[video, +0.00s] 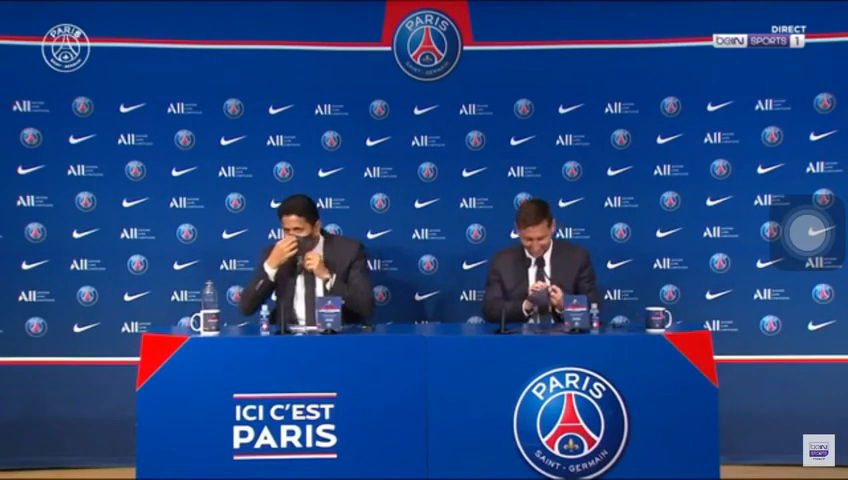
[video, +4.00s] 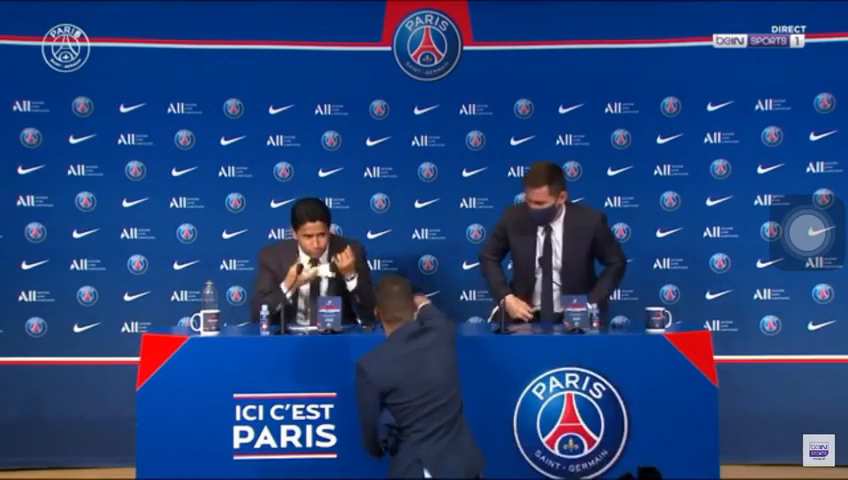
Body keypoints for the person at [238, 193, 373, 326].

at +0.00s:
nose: (292, 237)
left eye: (298, 230)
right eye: (287, 231)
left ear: (317, 226)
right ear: (282, 228)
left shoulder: (349, 251)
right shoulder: (276, 253)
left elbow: (365, 308)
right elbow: (247, 307)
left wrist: (327, 277)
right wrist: (271, 265)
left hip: (335, 343)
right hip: (288, 343)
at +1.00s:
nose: (310, 238)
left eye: (317, 231)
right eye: (302, 232)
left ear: (327, 227)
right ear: (293, 230)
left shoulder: (354, 254)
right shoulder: (275, 259)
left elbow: (368, 312)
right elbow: (263, 315)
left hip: (342, 346)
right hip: (291, 346)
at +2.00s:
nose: (319, 247)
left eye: (324, 239)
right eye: (312, 241)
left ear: (331, 234)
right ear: (295, 238)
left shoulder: (352, 259)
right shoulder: (272, 266)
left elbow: (377, 313)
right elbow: (251, 320)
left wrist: (362, 337)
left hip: (342, 349)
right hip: (291, 350)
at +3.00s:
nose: (314, 258)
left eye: (320, 251)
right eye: (307, 254)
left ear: (327, 241)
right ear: (290, 246)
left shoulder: (347, 259)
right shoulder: (268, 263)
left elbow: (374, 303)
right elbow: (238, 303)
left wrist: (366, 335)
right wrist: (252, 338)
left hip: (338, 347)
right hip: (286, 348)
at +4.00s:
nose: (316, 244)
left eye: (321, 235)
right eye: (307, 237)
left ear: (329, 230)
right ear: (295, 234)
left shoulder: (349, 251)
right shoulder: (272, 257)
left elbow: (367, 317)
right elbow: (257, 315)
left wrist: (350, 277)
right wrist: (287, 288)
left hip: (337, 343)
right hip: (289, 344)